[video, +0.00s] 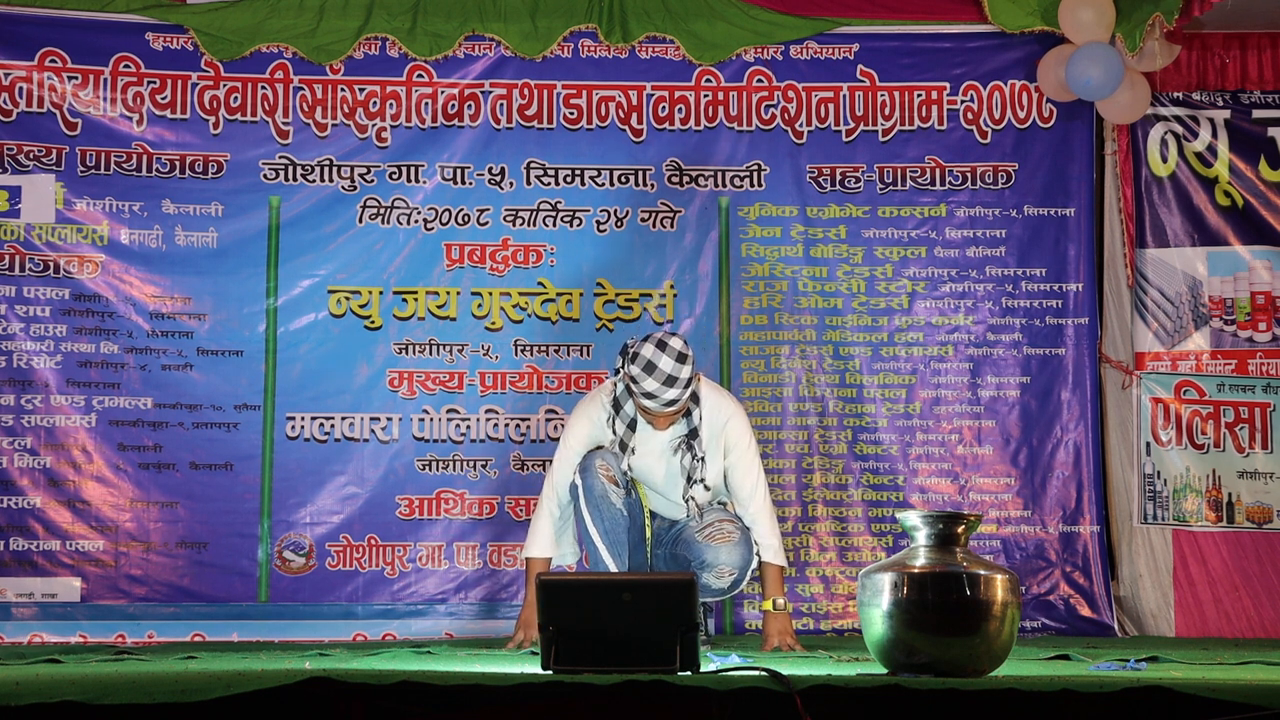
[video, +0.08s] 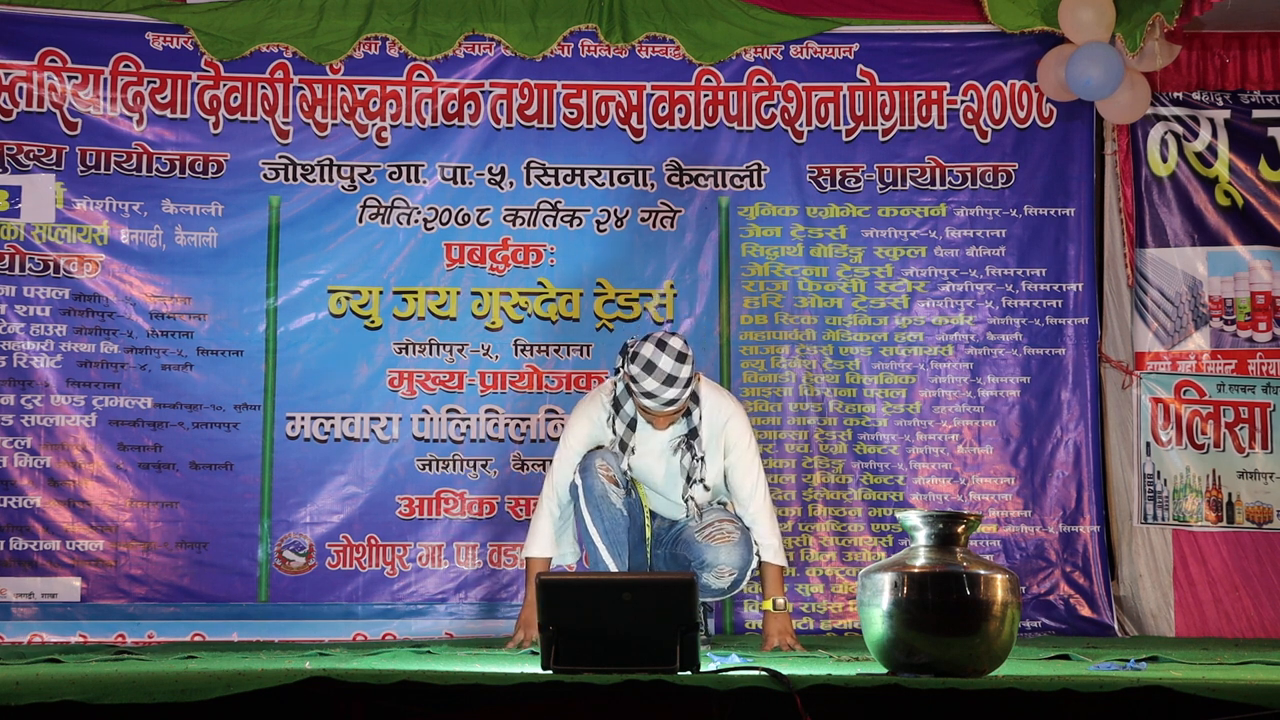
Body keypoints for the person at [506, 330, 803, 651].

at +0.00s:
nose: (661, 420)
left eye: (671, 410)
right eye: (650, 411)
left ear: (688, 389)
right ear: (630, 392)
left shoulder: (725, 414)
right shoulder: (594, 411)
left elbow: (758, 506)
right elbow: (552, 500)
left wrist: (775, 606)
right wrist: (532, 600)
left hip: (691, 538)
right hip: (628, 535)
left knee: (729, 550)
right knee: (595, 466)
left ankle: (691, 609)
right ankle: (622, 604)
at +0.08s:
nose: (660, 419)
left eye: (671, 410)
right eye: (649, 410)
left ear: (689, 389)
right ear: (630, 391)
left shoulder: (725, 414)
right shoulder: (594, 411)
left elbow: (758, 506)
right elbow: (552, 500)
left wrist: (776, 606)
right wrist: (532, 600)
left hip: (692, 538)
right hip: (628, 535)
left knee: (728, 549)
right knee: (595, 466)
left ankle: (692, 609)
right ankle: (622, 604)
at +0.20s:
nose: (660, 420)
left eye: (670, 411)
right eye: (649, 411)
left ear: (689, 389)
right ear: (630, 392)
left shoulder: (725, 414)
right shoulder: (594, 411)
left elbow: (758, 506)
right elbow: (552, 501)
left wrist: (775, 606)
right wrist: (532, 600)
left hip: (691, 538)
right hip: (628, 535)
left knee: (728, 549)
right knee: (595, 466)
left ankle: (692, 609)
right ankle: (622, 604)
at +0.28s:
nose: (660, 421)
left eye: (670, 412)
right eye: (649, 412)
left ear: (688, 390)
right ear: (630, 392)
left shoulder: (724, 414)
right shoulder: (594, 411)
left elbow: (758, 506)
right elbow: (552, 501)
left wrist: (775, 606)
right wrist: (532, 600)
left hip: (690, 539)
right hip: (627, 535)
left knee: (729, 549)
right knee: (595, 466)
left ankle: (690, 608)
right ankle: (622, 604)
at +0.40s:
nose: (660, 421)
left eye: (671, 412)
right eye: (649, 412)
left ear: (688, 390)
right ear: (630, 393)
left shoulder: (725, 414)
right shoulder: (594, 411)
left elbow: (757, 506)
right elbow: (552, 501)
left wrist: (775, 606)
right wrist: (532, 600)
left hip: (691, 538)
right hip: (627, 534)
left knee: (728, 550)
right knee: (595, 466)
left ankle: (690, 608)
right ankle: (622, 604)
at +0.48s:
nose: (660, 422)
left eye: (670, 412)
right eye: (649, 413)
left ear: (688, 391)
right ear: (630, 393)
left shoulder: (725, 414)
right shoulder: (594, 411)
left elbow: (757, 507)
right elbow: (552, 502)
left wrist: (775, 606)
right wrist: (532, 600)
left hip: (691, 536)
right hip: (627, 533)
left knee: (728, 553)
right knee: (595, 467)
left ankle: (690, 608)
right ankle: (622, 604)